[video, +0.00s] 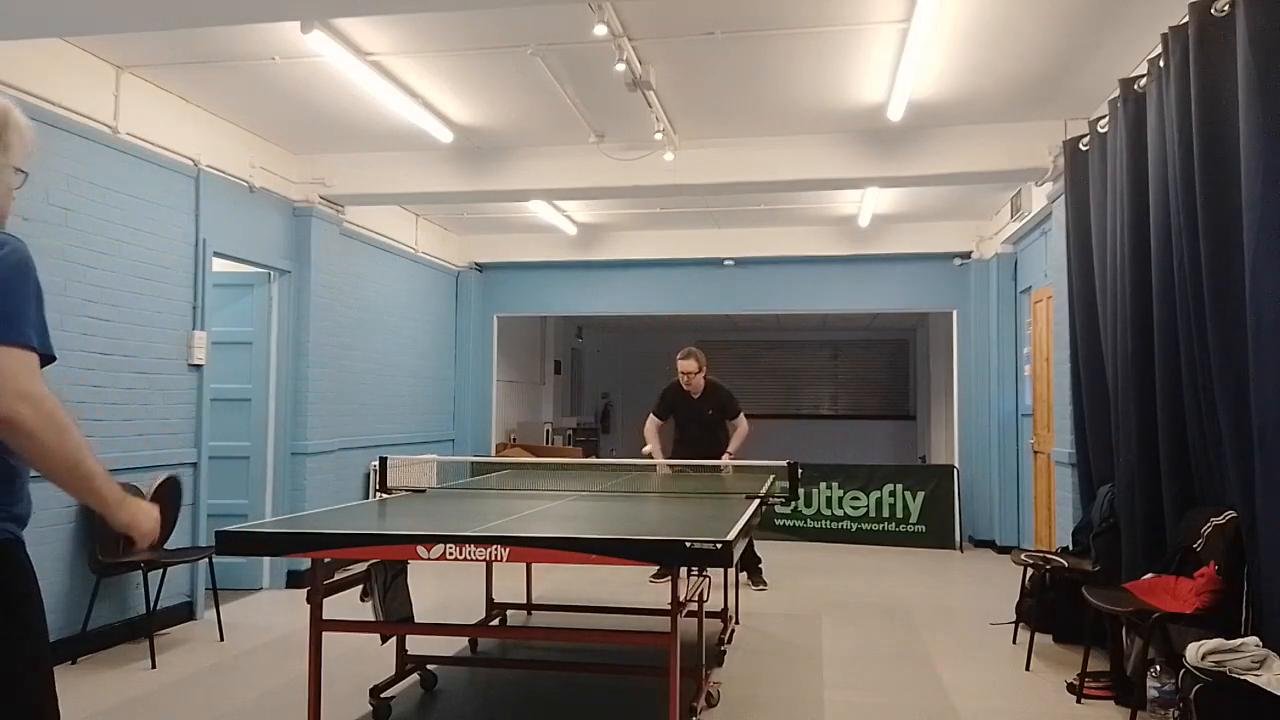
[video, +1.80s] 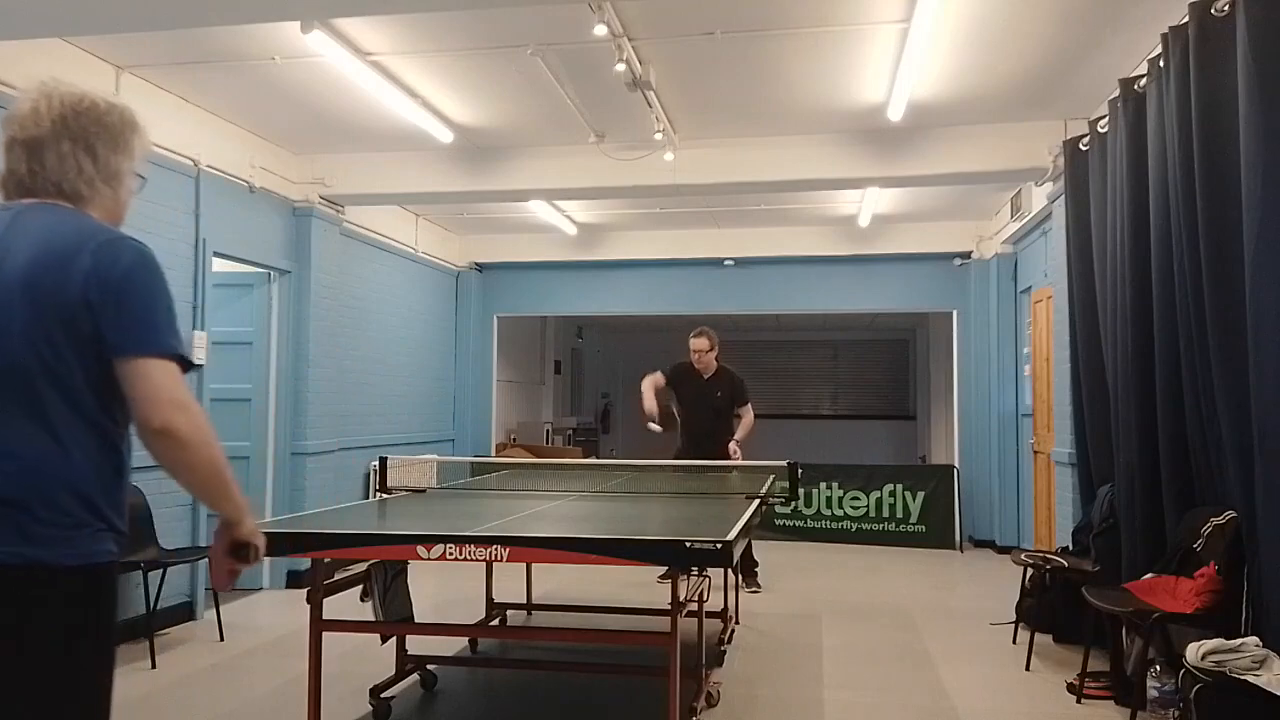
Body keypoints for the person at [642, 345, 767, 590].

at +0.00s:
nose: (686, 379)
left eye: (691, 373)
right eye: (682, 373)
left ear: (703, 370)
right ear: (677, 372)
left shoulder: (719, 393)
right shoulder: (672, 393)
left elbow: (742, 427)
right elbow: (650, 427)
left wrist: (729, 454)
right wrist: (660, 461)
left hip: (716, 468)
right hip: (681, 468)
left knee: (733, 515)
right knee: (669, 512)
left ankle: (753, 568)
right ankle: (669, 562)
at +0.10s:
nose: (685, 371)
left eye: (690, 366)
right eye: (680, 366)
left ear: (702, 363)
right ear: (675, 363)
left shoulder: (716, 387)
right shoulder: (668, 384)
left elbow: (732, 420)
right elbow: (638, 411)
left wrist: (721, 445)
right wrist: (649, 437)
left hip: (708, 464)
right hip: (675, 464)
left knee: (725, 512)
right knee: (668, 511)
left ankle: (750, 567)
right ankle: (669, 561)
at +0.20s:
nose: (686, 354)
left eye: (691, 349)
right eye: (682, 349)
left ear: (703, 348)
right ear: (677, 347)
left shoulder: (714, 377)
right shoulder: (667, 370)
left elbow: (728, 409)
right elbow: (631, 379)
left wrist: (719, 434)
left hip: (704, 456)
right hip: (670, 454)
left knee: (722, 506)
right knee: (667, 508)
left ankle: (741, 563)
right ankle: (669, 560)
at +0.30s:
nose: (691, 339)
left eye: (697, 335)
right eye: (687, 334)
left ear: (705, 337)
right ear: (680, 336)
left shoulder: (714, 370)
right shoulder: (665, 359)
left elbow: (726, 402)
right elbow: (641, 360)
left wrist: (720, 427)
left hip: (702, 450)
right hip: (669, 448)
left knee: (712, 505)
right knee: (666, 506)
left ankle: (729, 559)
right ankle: (668, 560)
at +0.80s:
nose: (707, 338)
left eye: (712, 334)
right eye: (703, 334)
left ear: (722, 338)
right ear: (696, 337)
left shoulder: (732, 372)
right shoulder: (683, 365)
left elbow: (749, 406)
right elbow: (648, 381)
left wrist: (742, 428)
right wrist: (652, 390)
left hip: (720, 454)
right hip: (685, 452)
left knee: (726, 509)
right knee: (675, 507)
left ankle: (730, 563)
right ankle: (670, 562)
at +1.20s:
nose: (692, 345)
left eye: (697, 341)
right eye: (688, 341)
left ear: (707, 343)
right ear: (682, 344)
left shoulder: (721, 373)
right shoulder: (672, 373)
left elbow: (740, 407)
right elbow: (653, 408)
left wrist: (730, 431)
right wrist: (662, 433)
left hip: (717, 456)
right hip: (683, 457)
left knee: (731, 508)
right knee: (679, 509)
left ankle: (746, 565)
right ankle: (678, 563)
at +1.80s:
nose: (696, 357)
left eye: (702, 352)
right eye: (693, 352)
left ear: (715, 350)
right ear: (689, 351)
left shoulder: (731, 380)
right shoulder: (681, 372)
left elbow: (747, 416)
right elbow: (648, 381)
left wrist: (736, 440)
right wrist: (651, 406)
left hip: (721, 459)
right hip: (686, 457)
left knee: (735, 513)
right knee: (674, 509)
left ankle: (748, 572)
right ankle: (678, 562)